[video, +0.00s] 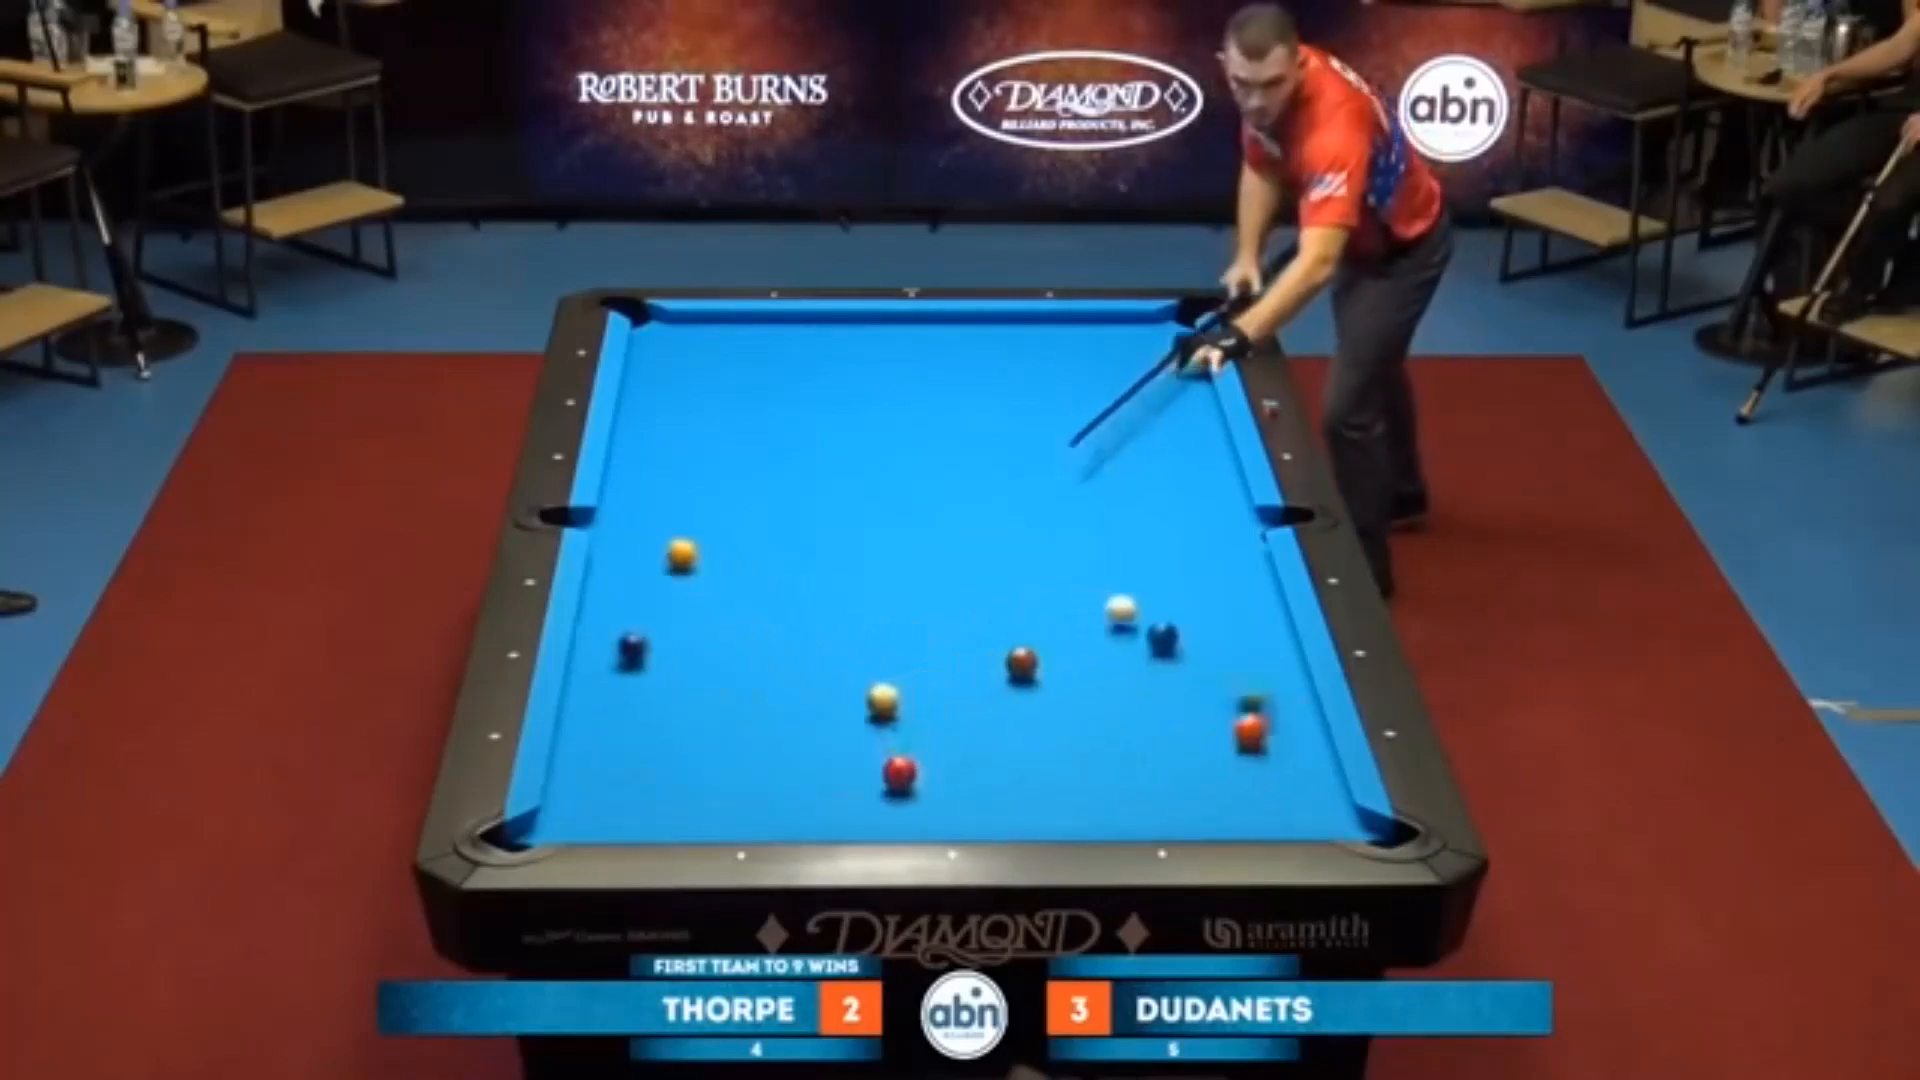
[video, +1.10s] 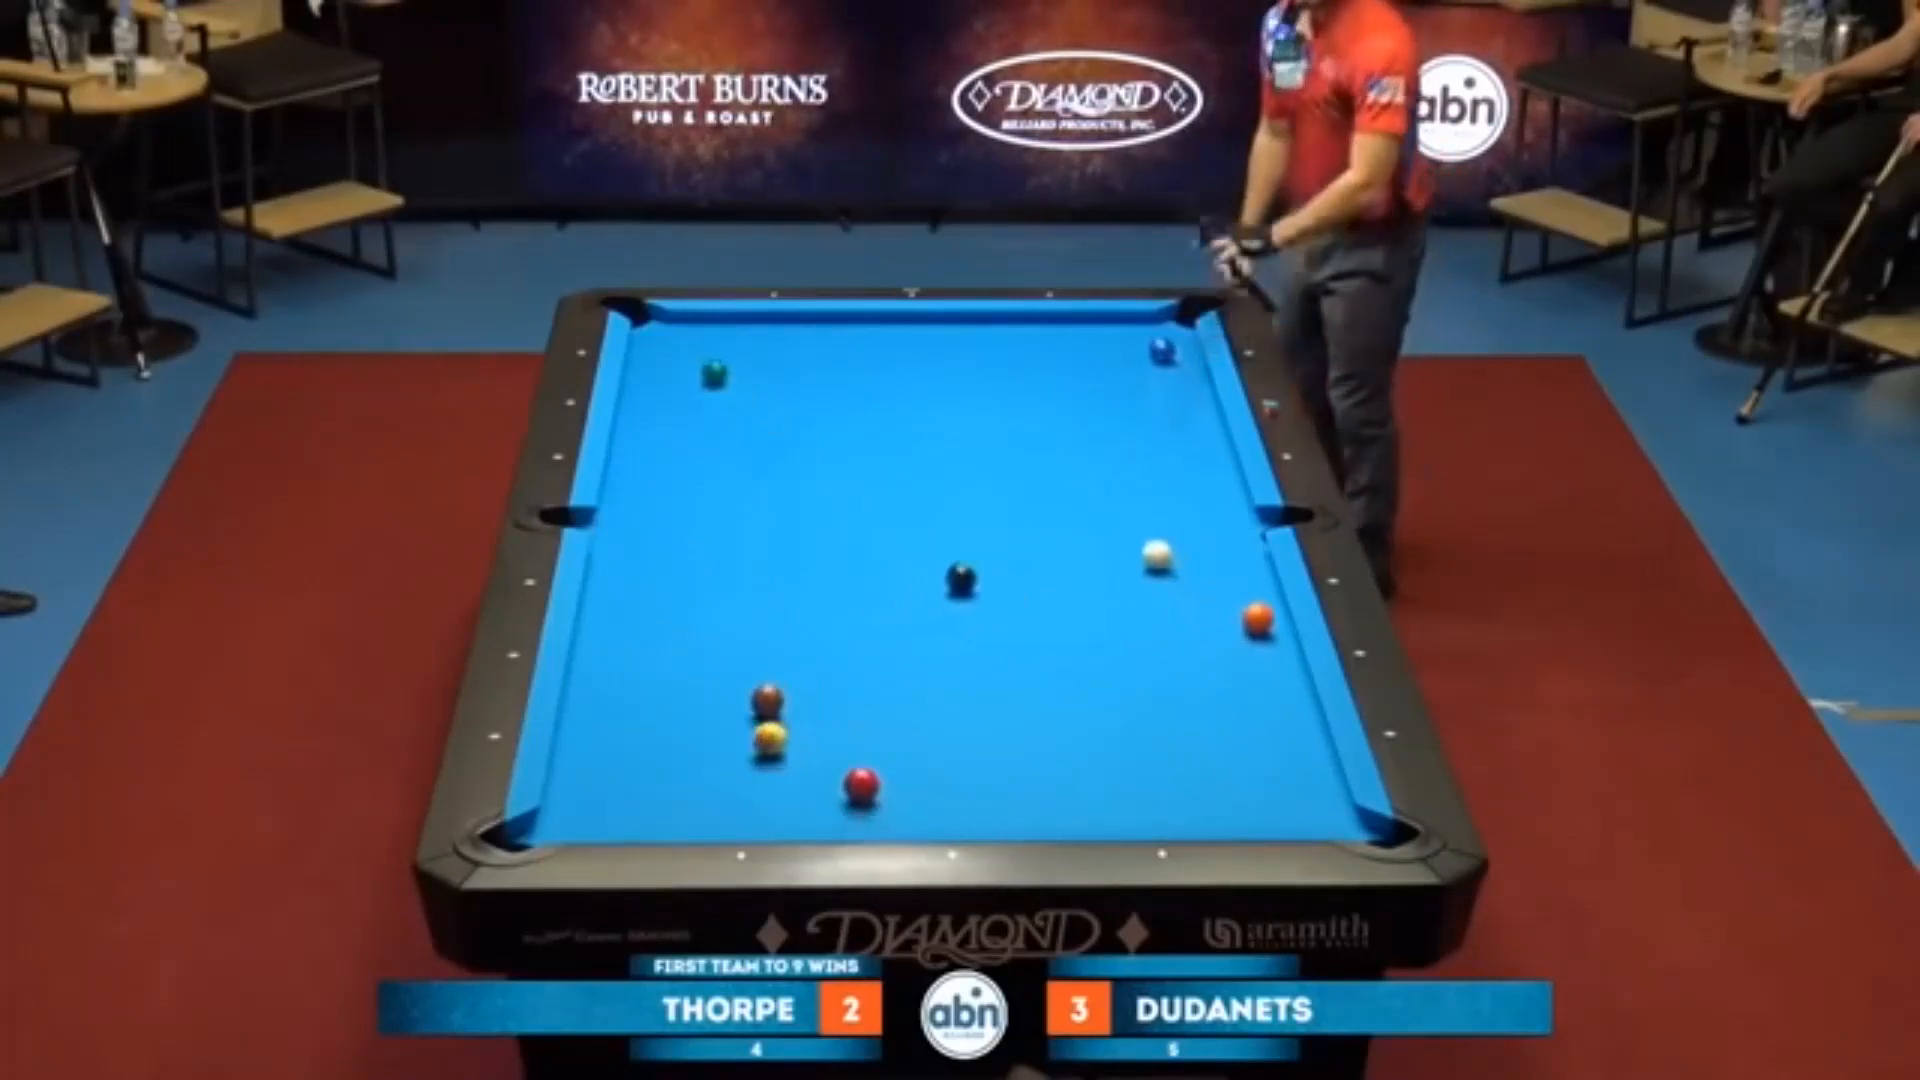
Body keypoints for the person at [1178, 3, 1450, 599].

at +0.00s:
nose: (1256, 101)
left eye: (1271, 85)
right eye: (1243, 86)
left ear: (1298, 64)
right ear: (1226, 66)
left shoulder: (1335, 118)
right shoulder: (1254, 80)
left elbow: (1319, 261)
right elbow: (1260, 165)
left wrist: (1237, 337)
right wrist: (1247, 256)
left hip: (1406, 242)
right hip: (1347, 237)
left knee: (1347, 414)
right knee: (1376, 371)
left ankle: (1367, 575)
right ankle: (1402, 493)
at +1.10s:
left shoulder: (1383, 42)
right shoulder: (1283, 24)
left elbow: (1368, 180)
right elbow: (1274, 130)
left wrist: (1271, 236)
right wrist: (1249, 228)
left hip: (1373, 244)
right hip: (1311, 240)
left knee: (1357, 405)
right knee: (1301, 393)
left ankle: (1368, 562)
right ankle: (1315, 538)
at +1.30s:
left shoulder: (1394, 32)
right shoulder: (1281, 20)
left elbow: (1404, 166)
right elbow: (1270, 129)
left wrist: (1322, 236)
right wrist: (1242, 225)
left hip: (1368, 241)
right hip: (1295, 235)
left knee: (1361, 403)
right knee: (1303, 394)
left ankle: (1369, 563)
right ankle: (1312, 537)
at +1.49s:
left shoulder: (1400, 30)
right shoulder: (1281, 19)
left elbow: (1415, 164)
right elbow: (1268, 125)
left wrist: (1411, 277)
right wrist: (1244, 222)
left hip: (1362, 239)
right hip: (1284, 233)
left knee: (1362, 406)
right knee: (1296, 399)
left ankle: (1367, 563)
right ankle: (1304, 543)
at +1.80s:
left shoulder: (1407, 23)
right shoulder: (1287, 17)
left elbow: (1438, 128)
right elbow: (1242, 110)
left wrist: (1470, 229)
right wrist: (1184, 194)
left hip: (1362, 234)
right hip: (1288, 228)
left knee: (1361, 401)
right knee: (1303, 396)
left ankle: (1368, 565)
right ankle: (1311, 543)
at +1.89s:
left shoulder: (1409, 19)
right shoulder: (1287, 15)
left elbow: (1444, 99)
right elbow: (1222, 95)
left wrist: (1476, 174)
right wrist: (1144, 168)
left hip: (1364, 235)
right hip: (1290, 229)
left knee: (1364, 403)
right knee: (1302, 395)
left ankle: (1369, 566)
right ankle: (1312, 537)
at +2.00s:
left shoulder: (1413, 12)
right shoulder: (1283, 10)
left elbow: (1468, 72)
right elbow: (1206, 54)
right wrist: (1129, 80)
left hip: (1365, 233)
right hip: (1292, 227)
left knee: (1365, 403)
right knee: (1304, 396)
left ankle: (1370, 564)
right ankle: (1314, 540)